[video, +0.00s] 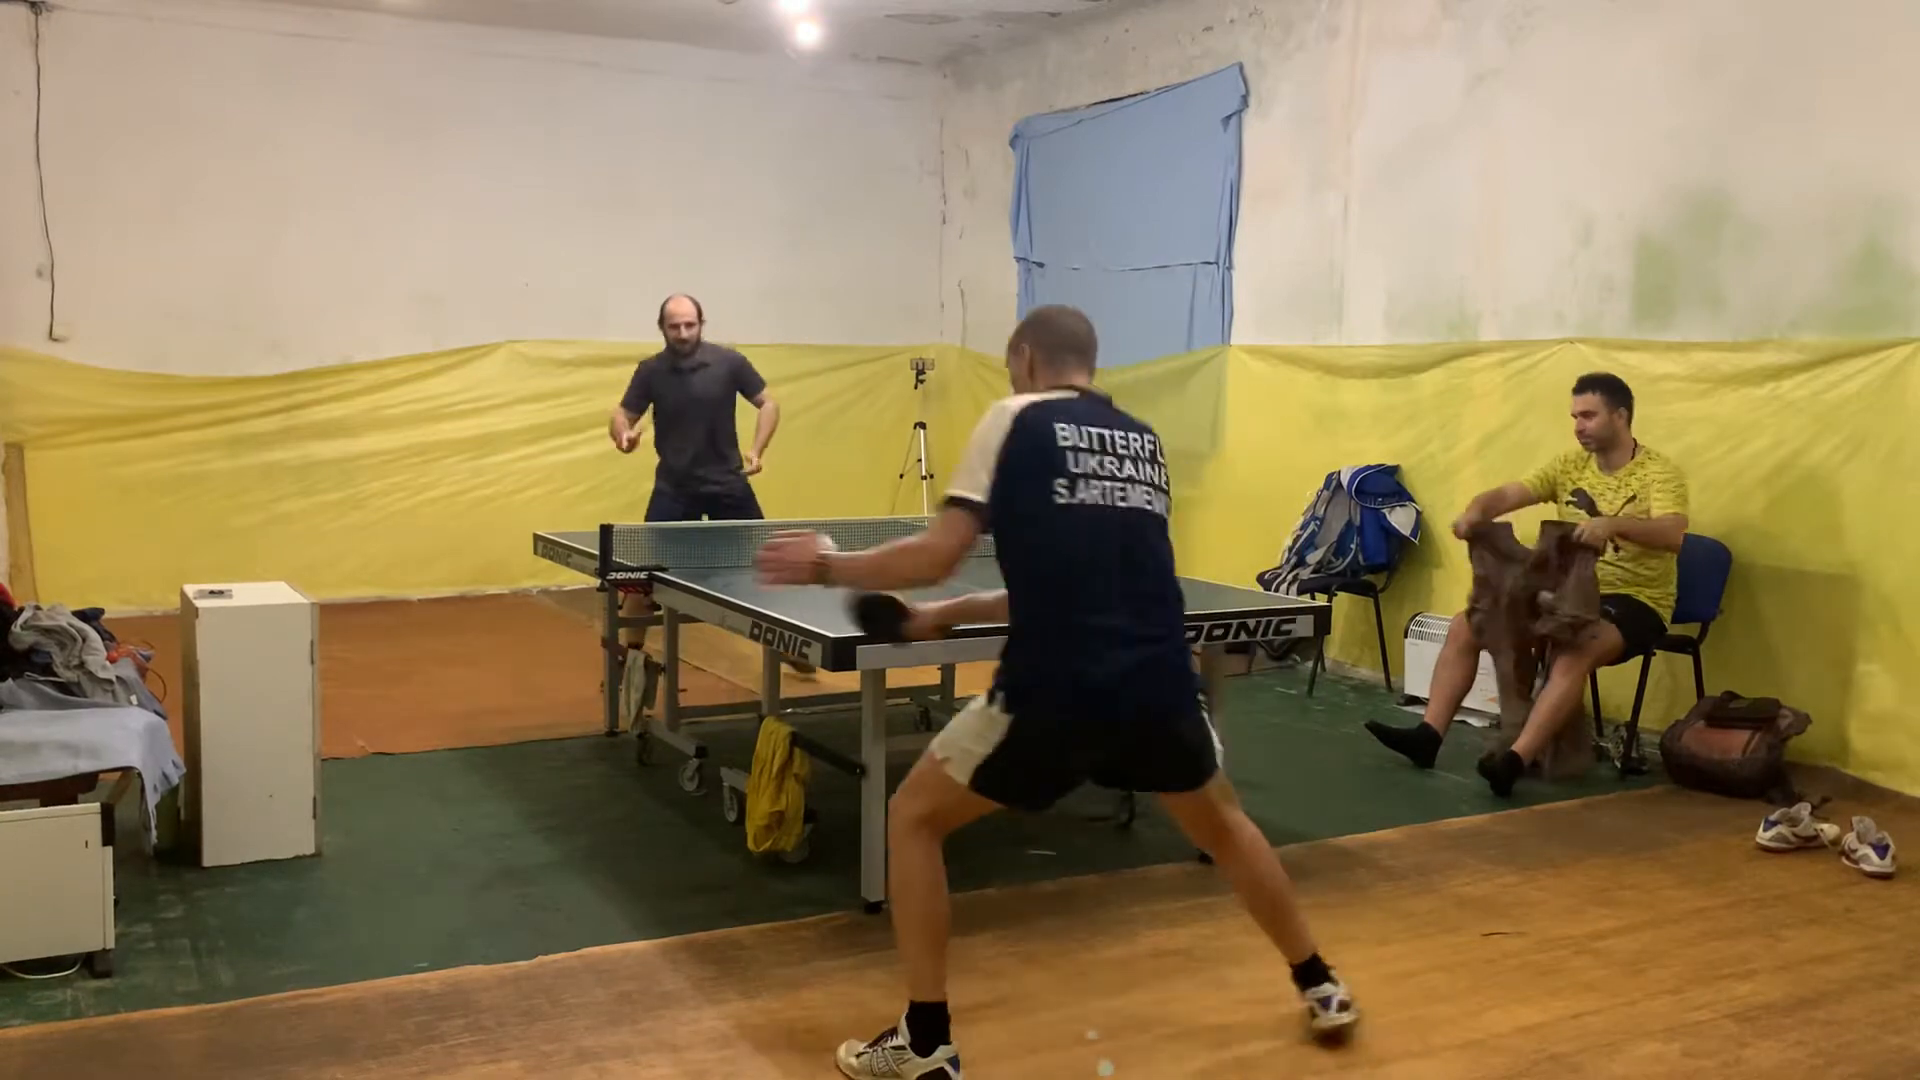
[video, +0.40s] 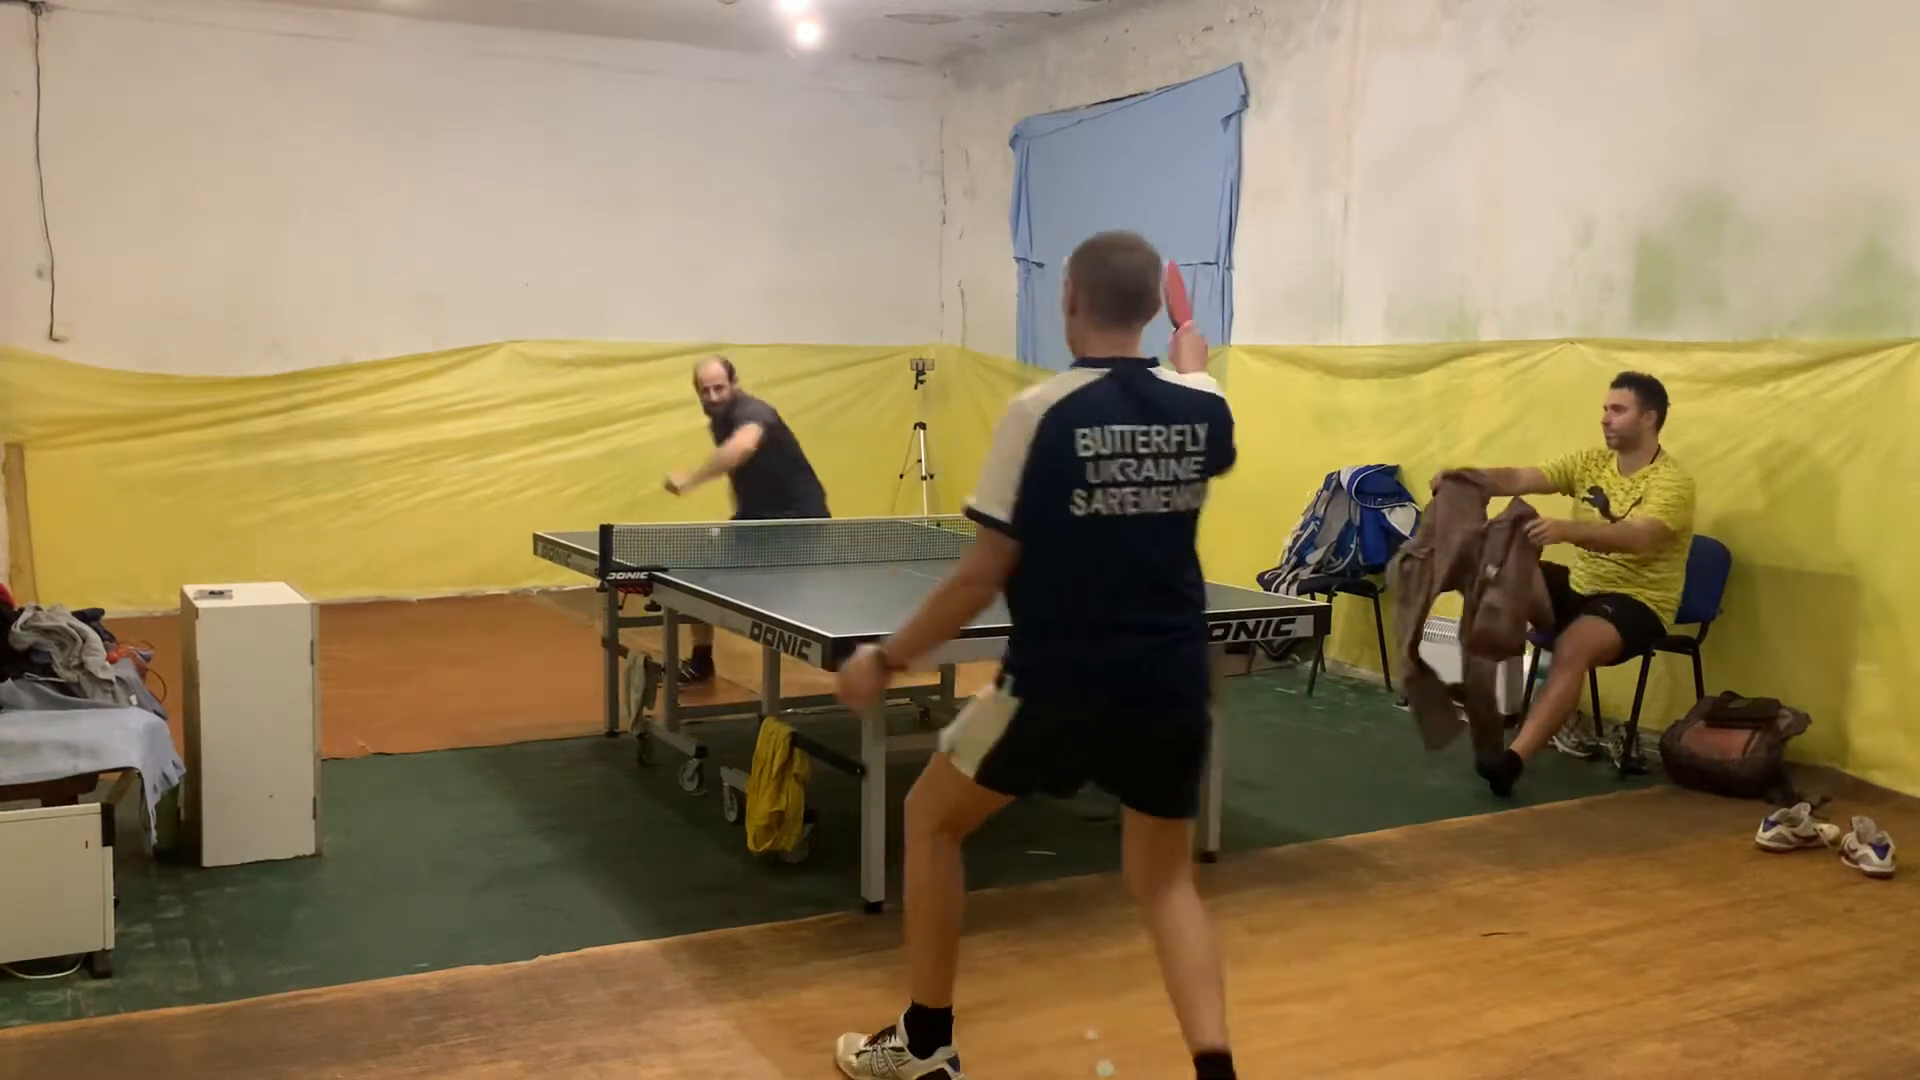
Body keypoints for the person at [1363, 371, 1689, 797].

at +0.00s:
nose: (1578, 426)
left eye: (1587, 416)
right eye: (1574, 416)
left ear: (1621, 416)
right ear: (1574, 417)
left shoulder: (1659, 473)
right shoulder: (1572, 466)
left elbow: (1674, 536)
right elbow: (1508, 496)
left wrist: (1613, 524)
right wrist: (1476, 510)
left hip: (1637, 600)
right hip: (1570, 592)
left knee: (1572, 653)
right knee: (1465, 625)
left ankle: (1514, 759)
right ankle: (1429, 734)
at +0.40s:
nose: (1605, 419)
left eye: (1617, 410)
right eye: (1605, 410)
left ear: (1651, 419)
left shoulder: (1672, 481)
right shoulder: (1592, 462)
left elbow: (1643, 537)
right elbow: (1522, 479)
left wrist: (1567, 531)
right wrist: (1468, 480)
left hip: (1638, 601)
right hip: (1578, 587)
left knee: (1572, 646)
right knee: (1495, 578)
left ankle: (1513, 761)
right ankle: (1476, 701)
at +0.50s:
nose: (1606, 419)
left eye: (1618, 411)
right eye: (1606, 410)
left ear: (1652, 420)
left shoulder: (1672, 481)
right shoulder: (1592, 464)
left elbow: (1640, 541)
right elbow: (1520, 487)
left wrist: (1555, 547)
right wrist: (1460, 494)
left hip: (1639, 603)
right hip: (1580, 591)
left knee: (1572, 645)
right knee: (1513, 543)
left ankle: (1512, 762)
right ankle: (1504, 654)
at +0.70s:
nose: (1606, 421)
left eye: (1617, 413)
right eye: (1605, 412)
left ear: (1651, 423)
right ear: (1605, 415)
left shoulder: (1671, 485)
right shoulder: (1597, 470)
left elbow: (1631, 561)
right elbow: (1529, 511)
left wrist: (1562, 589)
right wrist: (1469, 553)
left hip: (1644, 600)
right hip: (1593, 585)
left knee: (1573, 646)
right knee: (1523, 521)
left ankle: (1514, 760)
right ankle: (1520, 625)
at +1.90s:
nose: (1611, 420)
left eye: (1623, 412)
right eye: (1611, 412)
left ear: (1656, 422)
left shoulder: (1678, 482)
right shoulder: (1603, 473)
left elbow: (1656, 561)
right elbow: (1555, 529)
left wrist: (1581, 587)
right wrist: (1497, 574)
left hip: (1647, 601)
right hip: (1591, 584)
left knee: (1575, 645)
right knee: (1514, 528)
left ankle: (1515, 759)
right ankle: (1474, 661)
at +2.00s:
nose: (1613, 421)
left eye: (1625, 413)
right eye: (1613, 412)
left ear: (1658, 422)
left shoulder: (1680, 483)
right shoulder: (1604, 474)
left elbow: (1660, 560)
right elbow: (1551, 530)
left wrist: (1581, 575)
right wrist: (1493, 567)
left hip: (1648, 601)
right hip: (1592, 585)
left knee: (1575, 643)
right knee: (1513, 533)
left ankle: (1515, 759)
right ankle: (1464, 657)